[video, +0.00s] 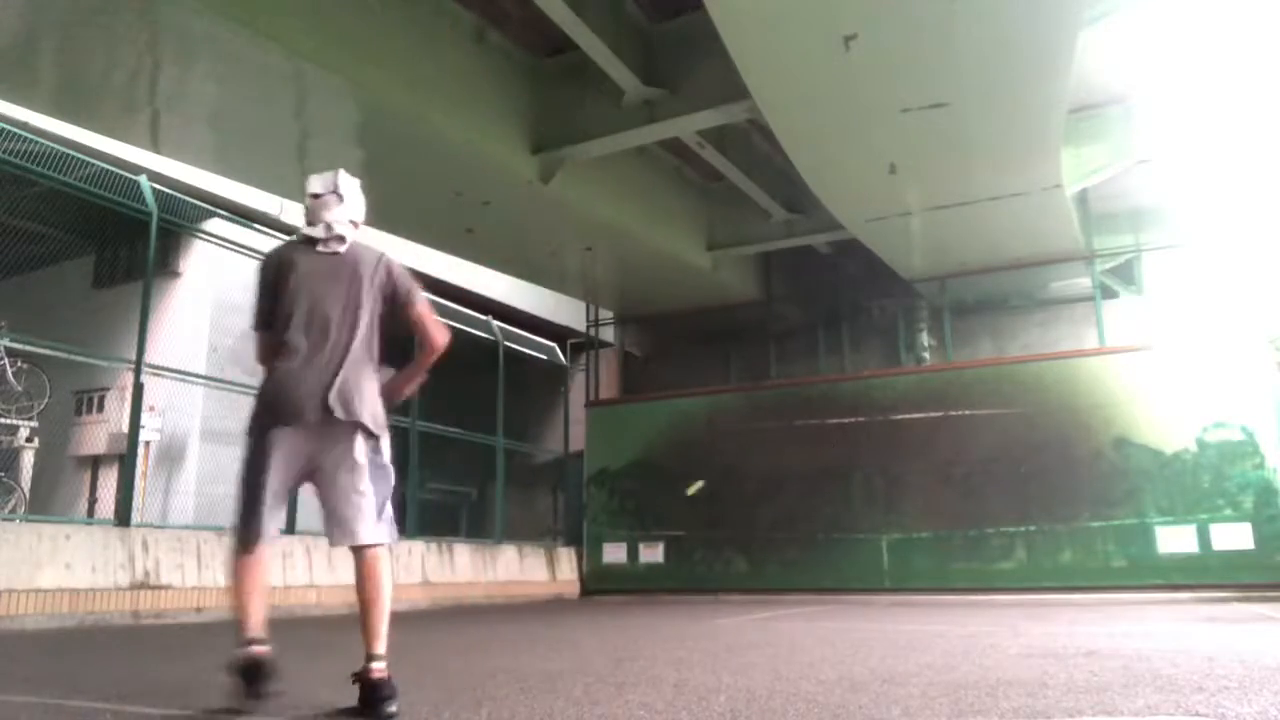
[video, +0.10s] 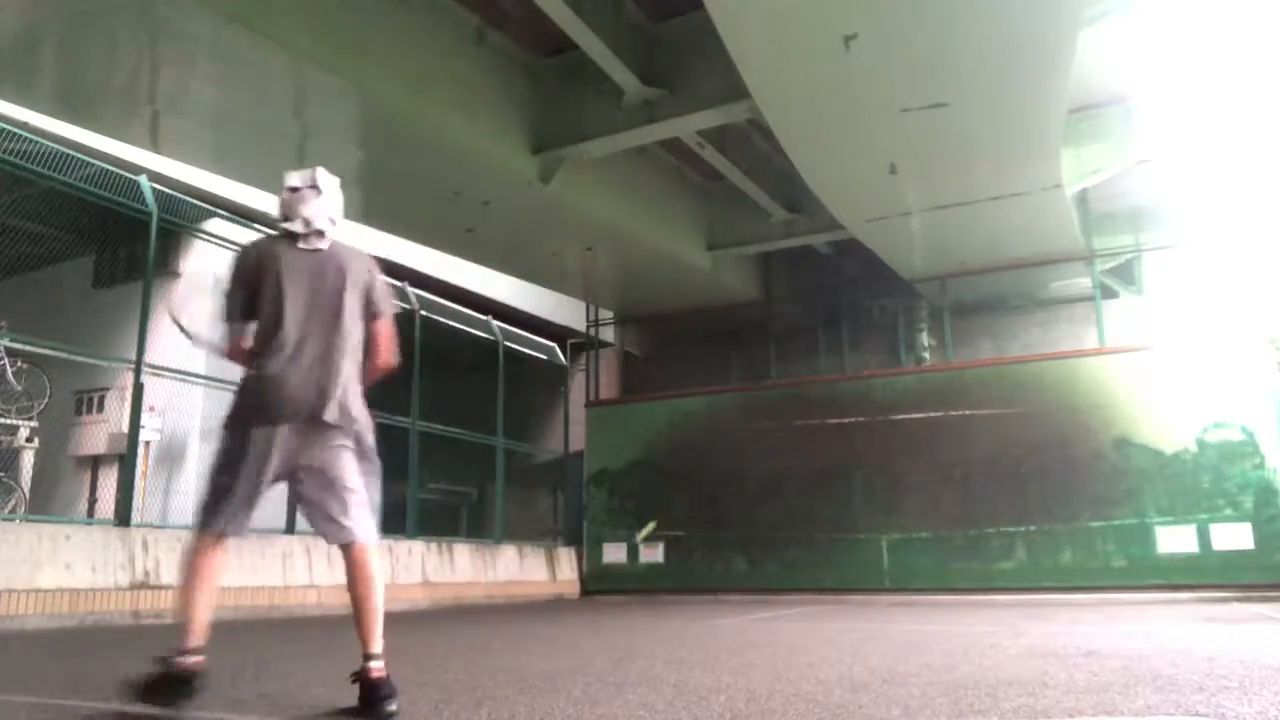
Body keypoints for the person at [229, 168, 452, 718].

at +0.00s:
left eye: (321, 211)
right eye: (345, 212)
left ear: (308, 215)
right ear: (358, 216)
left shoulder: (280, 262)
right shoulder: (383, 266)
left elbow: (267, 350)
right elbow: (435, 338)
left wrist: (302, 357)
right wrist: (400, 385)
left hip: (283, 416)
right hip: (355, 417)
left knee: (253, 538)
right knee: (370, 543)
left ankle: (254, 646)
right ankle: (376, 673)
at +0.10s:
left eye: (295, 211)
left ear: (283, 212)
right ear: (335, 213)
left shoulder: (257, 256)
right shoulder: (362, 264)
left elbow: (234, 344)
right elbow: (386, 357)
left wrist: (272, 366)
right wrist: (340, 382)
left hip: (266, 416)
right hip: (338, 418)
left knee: (213, 535)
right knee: (359, 543)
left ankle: (187, 661)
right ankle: (375, 676)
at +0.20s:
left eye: (264, 208)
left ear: (256, 210)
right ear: (304, 214)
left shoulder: (228, 252)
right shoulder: (328, 267)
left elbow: (188, 335)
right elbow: (339, 323)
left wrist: (211, 322)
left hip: (234, 423)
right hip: (306, 426)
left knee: (173, 537)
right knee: (340, 545)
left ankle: (147, 672)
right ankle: (375, 671)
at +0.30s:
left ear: (224, 206)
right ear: (273, 214)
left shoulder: (199, 244)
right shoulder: (292, 267)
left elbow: (143, 321)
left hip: (200, 410)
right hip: (270, 418)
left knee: (143, 535)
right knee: (281, 539)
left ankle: (142, 674)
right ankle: (338, 640)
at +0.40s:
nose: (182, 203)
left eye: (188, 195)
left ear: (195, 198)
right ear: (241, 208)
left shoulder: (181, 230)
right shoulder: (256, 259)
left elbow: (99, 307)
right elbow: (199, 341)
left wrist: (106, 274)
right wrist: (123, 328)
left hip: (185, 403)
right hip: (241, 412)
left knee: (137, 530)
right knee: (206, 528)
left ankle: (142, 675)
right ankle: (257, 619)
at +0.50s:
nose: (156, 193)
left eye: (161, 188)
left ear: (166, 194)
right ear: (210, 204)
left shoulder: (156, 225)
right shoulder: (220, 253)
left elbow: (69, 282)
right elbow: (151, 332)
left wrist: (70, 247)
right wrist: (74, 298)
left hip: (166, 396)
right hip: (215, 399)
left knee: (139, 528)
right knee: (159, 526)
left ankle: (141, 675)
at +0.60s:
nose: (131, 202)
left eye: (136, 196)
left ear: (141, 199)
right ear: (184, 207)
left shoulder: (140, 229)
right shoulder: (189, 252)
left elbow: (47, 267)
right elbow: (105, 328)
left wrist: (48, 222)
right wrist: (41, 284)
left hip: (155, 400)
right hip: (193, 401)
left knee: (131, 530)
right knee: (119, 524)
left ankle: (144, 674)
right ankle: (87, 648)